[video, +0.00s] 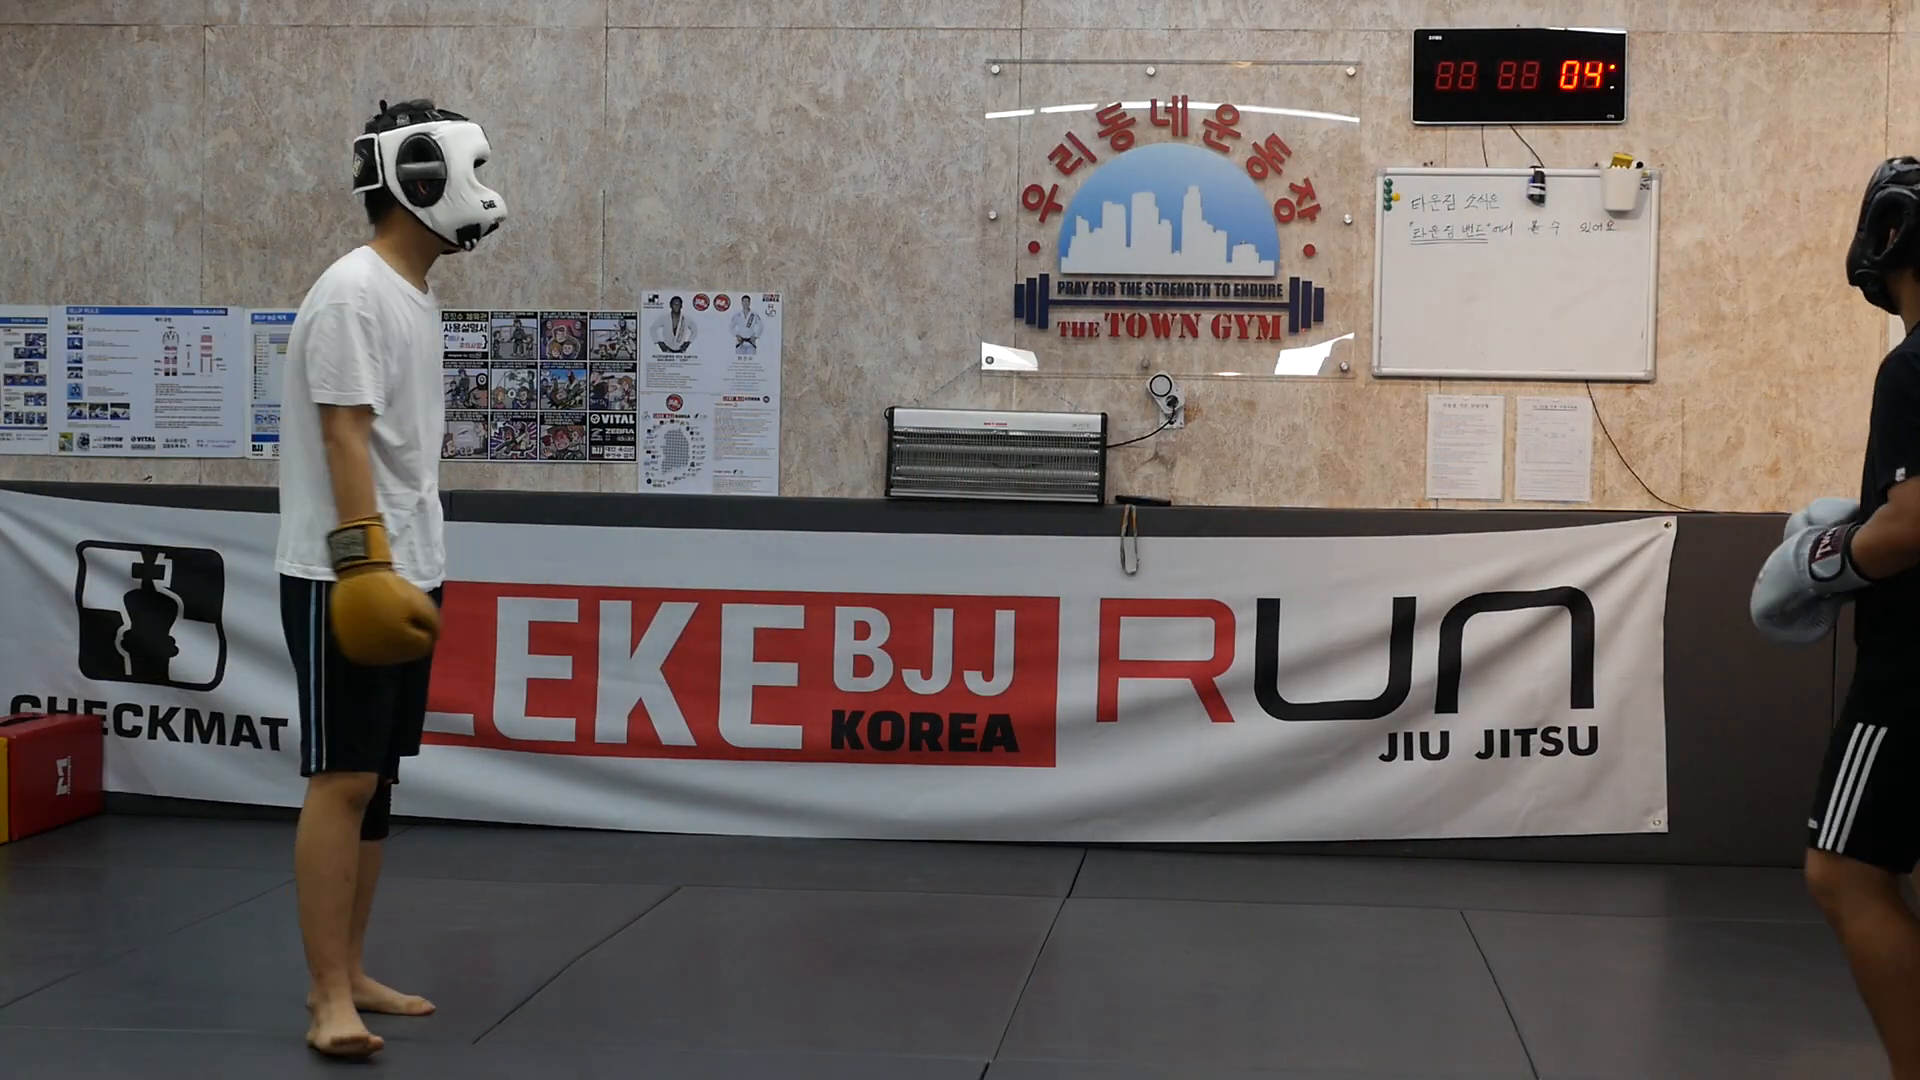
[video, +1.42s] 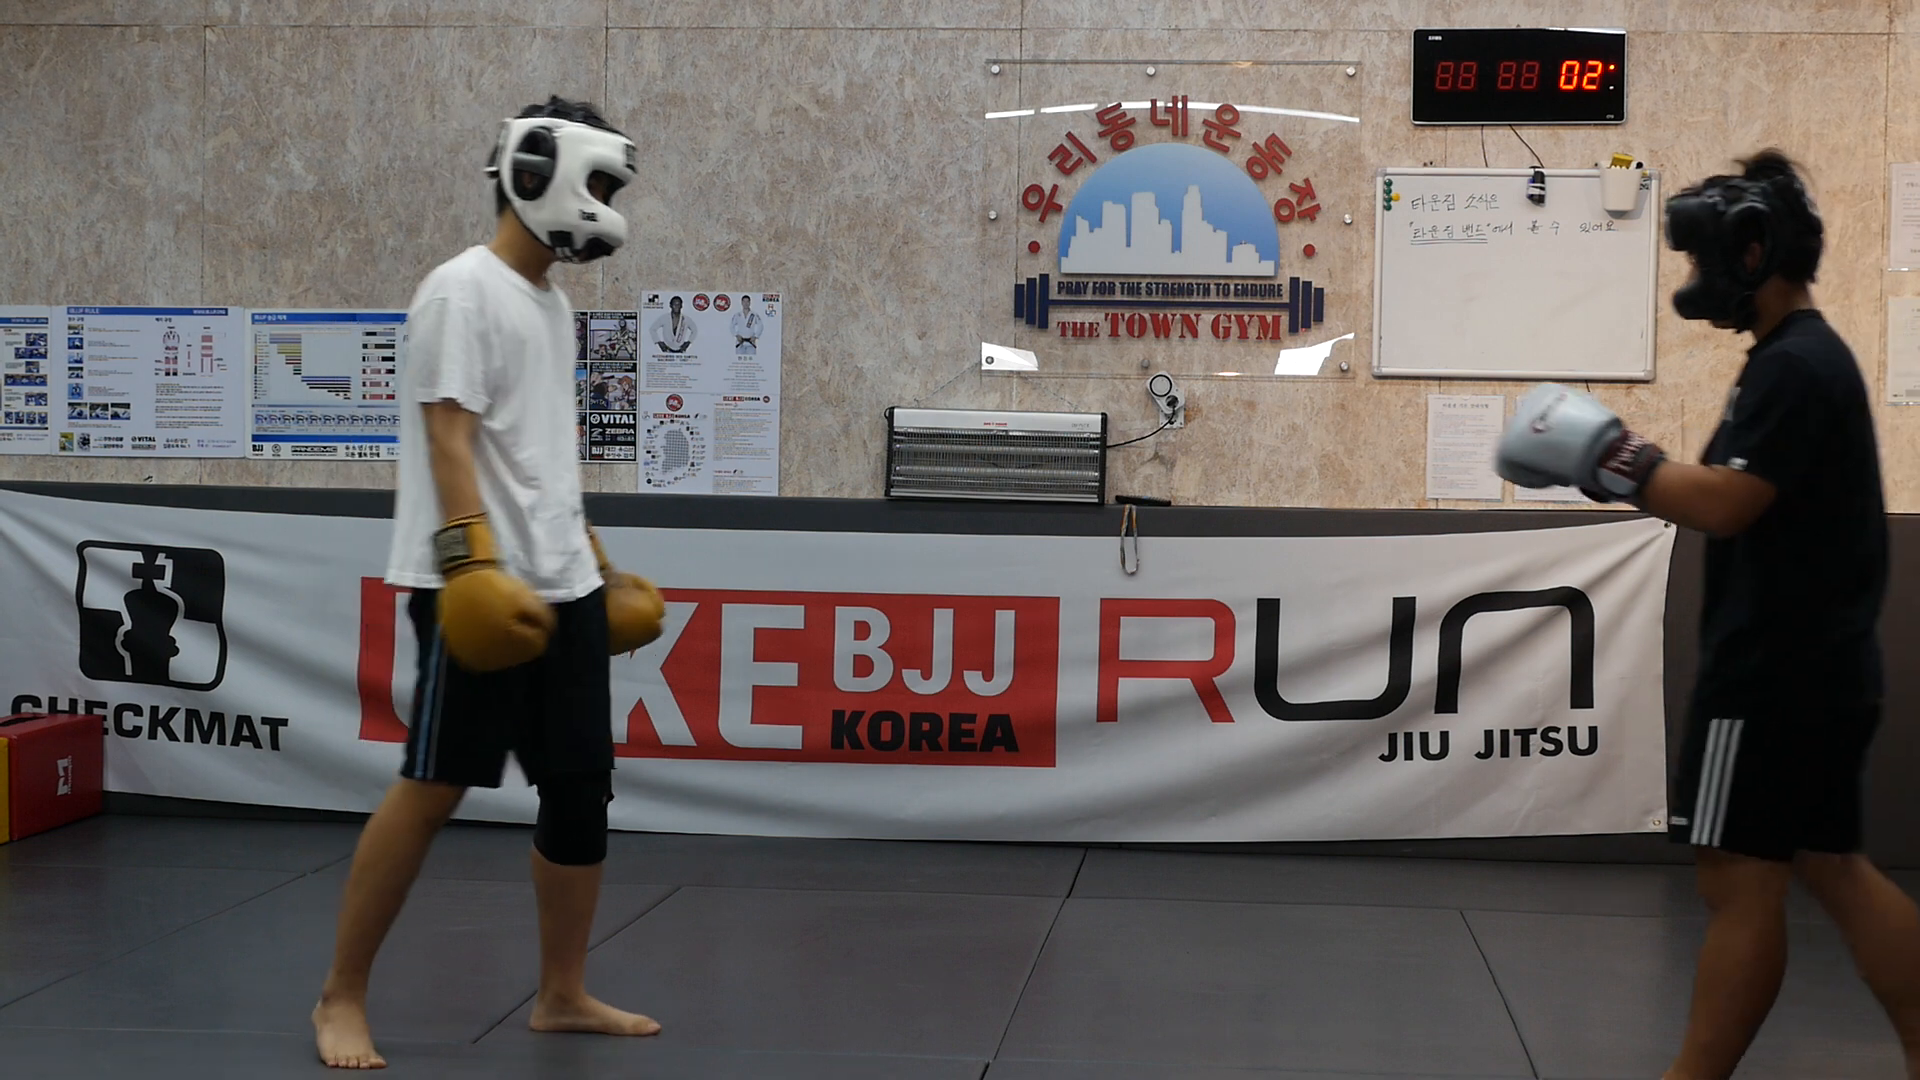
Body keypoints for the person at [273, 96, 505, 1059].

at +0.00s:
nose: (483, 193)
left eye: (481, 175)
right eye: (468, 176)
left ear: (413, 187)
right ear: (417, 185)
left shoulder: (412, 299)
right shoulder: (350, 291)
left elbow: (397, 446)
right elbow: (344, 433)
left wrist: (420, 570)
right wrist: (365, 561)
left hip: (400, 568)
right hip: (344, 570)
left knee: (374, 778)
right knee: (342, 779)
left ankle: (351, 969)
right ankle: (329, 993)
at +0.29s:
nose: (454, 181)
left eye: (458, 165)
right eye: (435, 166)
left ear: (458, 173)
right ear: (377, 171)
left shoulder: (445, 291)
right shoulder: (315, 291)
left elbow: (477, 420)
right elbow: (285, 437)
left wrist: (540, 522)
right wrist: (274, 569)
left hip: (428, 582)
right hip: (345, 581)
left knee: (385, 787)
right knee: (335, 789)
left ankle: (351, 970)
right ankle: (326, 1011)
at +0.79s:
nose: (447, 189)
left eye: (455, 171)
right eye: (428, 171)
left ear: (459, 175)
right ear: (371, 171)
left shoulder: (448, 283)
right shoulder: (300, 290)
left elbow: (462, 418)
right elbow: (273, 441)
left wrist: (489, 518)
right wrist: (261, 579)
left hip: (443, 582)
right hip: (342, 585)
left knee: (507, 770)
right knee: (341, 792)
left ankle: (420, 944)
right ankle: (331, 1014)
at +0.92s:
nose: (467, 188)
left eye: (474, 171)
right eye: (450, 168)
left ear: (476, 176)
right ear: (390, 169)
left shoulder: (452, 281)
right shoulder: (313, 287)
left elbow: (470, 426)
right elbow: (288, 435)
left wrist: (520, 524)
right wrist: (282, 572)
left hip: (460, 580)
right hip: (355, 588)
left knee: (516, 786)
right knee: (345, 796)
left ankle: (519, 986)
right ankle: (332, 1017)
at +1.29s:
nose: (564, 209)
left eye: (569, 190)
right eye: (551, 188)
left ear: (529, 189)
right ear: (492, 184)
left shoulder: (513, 308)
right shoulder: (416, 293)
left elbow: (511, 467)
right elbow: (396, 431)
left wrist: (570, 574)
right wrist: (409, 567)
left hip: (525, 596)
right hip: (433, 596)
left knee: (571, 794)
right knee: (389, 797)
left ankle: (563, 994)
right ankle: (333, 1013)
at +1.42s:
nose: (609, 204)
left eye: (616, 187)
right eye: (596, 183)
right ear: (535, 174)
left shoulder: (552, 306)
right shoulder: (462, 290)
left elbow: (550, 465)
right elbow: (447, 436)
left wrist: (601, 573)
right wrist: (474, 562)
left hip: (563, 589)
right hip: (471, 588)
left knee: (579, 790)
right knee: (431, 786)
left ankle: (563, 994)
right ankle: (343, 999)